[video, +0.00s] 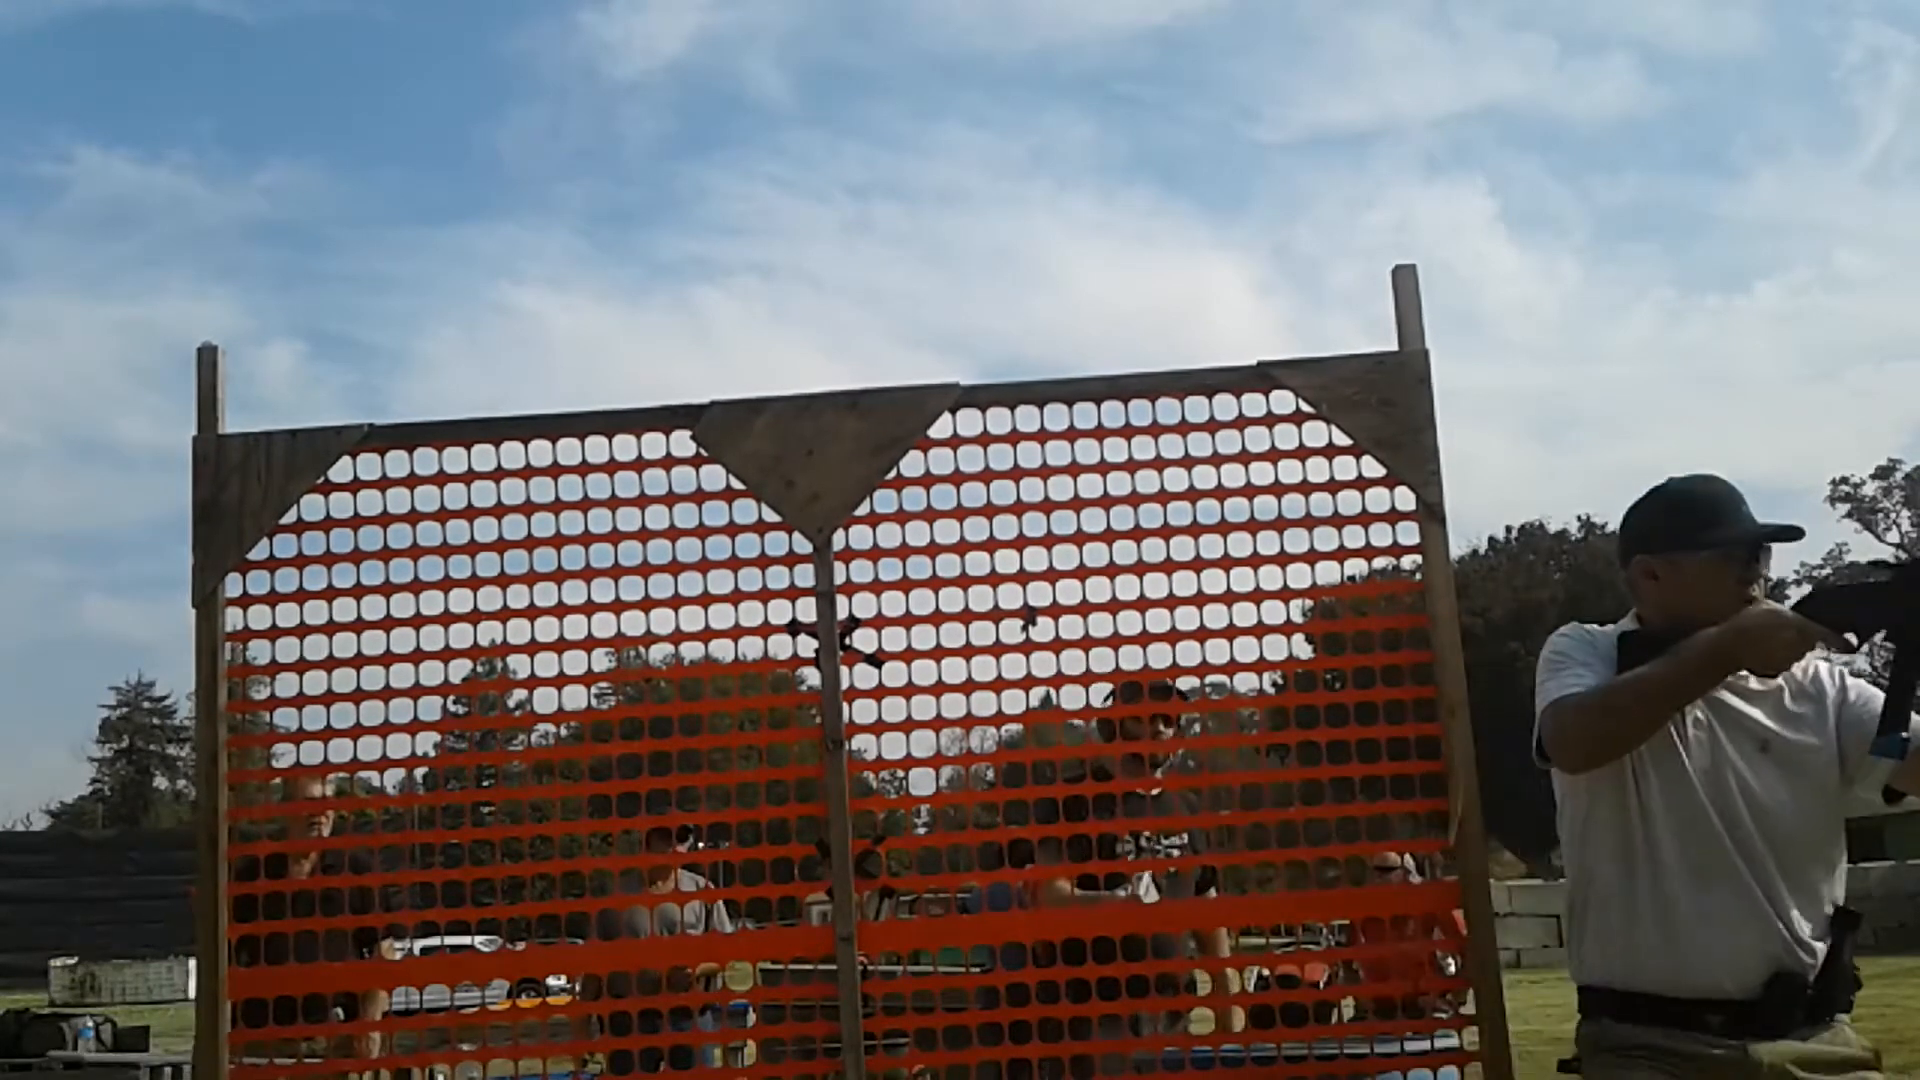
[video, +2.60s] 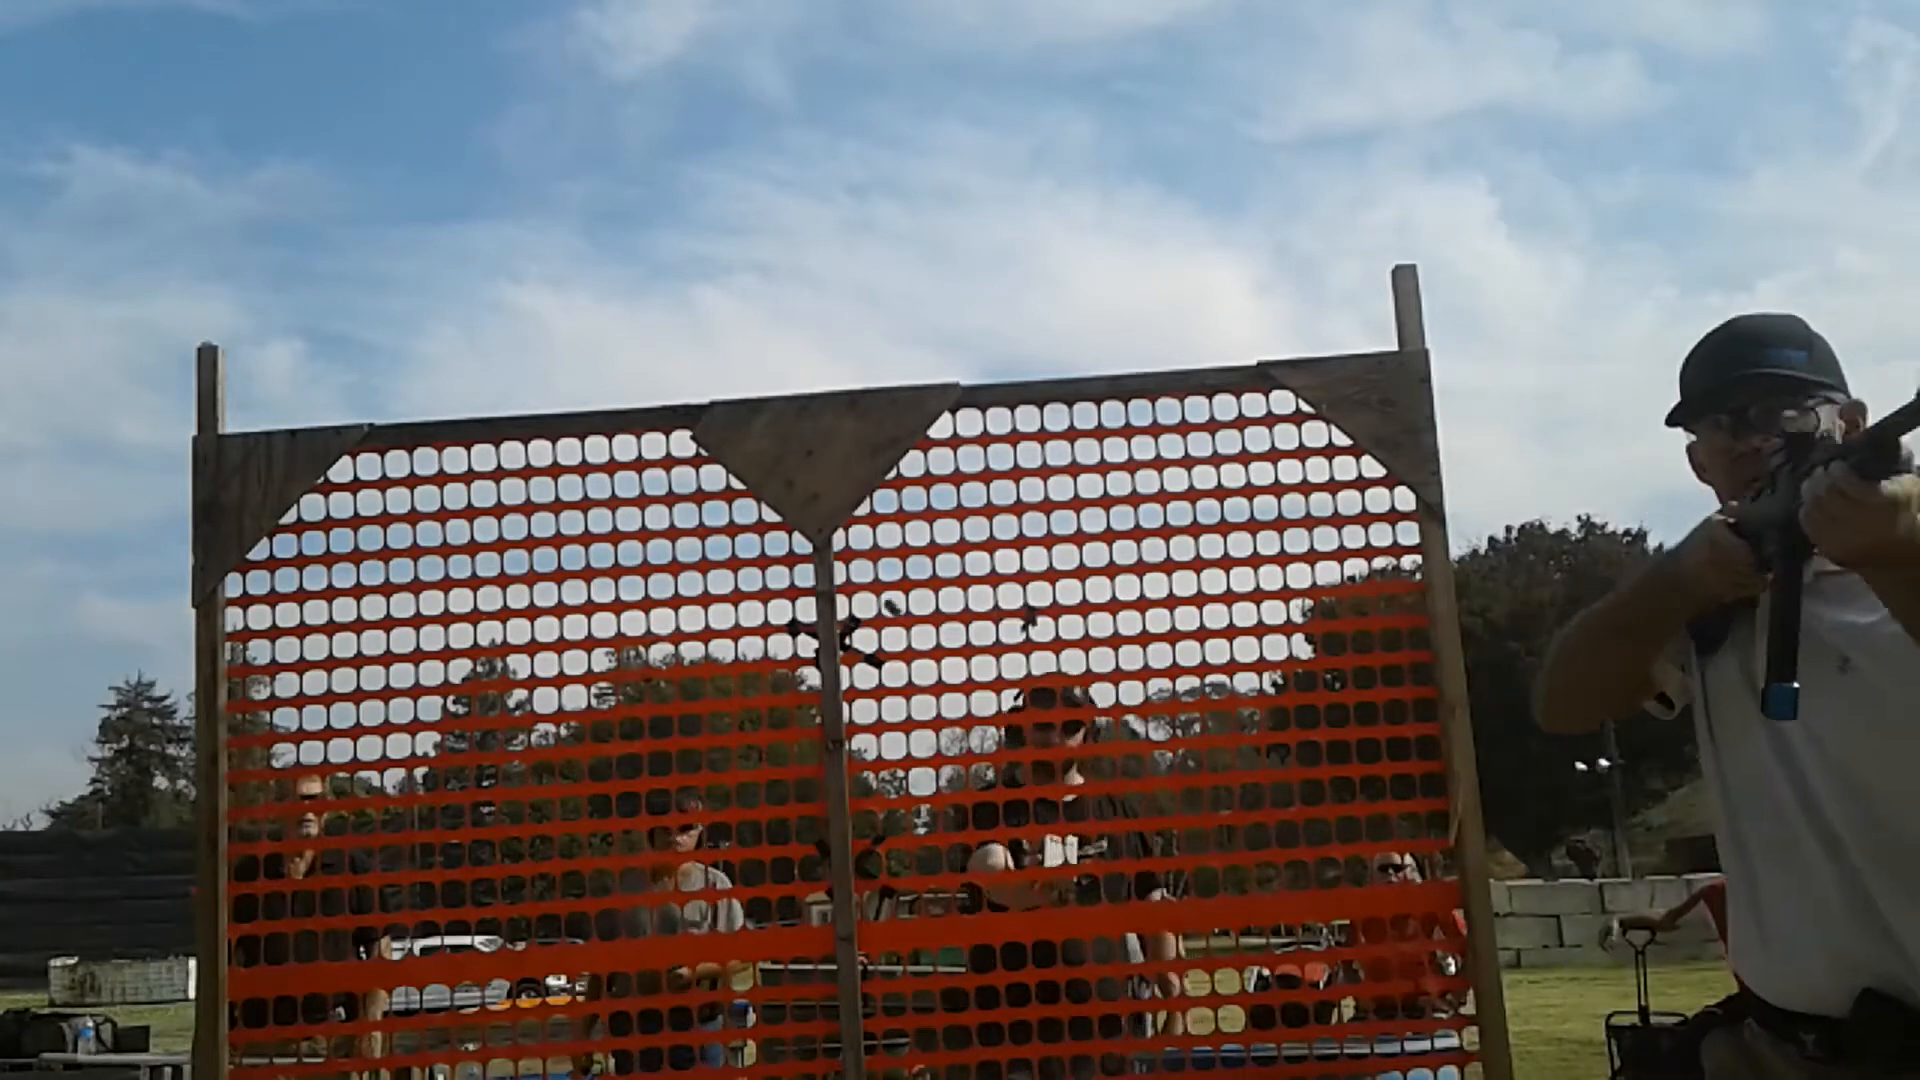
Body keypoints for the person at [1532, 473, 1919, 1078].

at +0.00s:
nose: (1763, 576)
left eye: (1761, 558)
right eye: (1740, 559)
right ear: (1651, 576)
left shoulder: (1817, 681)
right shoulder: (1581, 652)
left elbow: (1914, 767)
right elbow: (1572, 743)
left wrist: (1905, 629)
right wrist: (1729, 646)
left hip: (1812, 1043)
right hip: (1646, 1046)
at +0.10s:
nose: (1758, 567)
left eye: (1758, 548)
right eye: (1737, 547)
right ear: (1643, 562)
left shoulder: (1812, 680)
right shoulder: (1575, 633)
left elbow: (1911, 756)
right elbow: (1552, 703)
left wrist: (1905, 608)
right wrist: (1724, 617)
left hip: (1803, 1039)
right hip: (1630, 1046)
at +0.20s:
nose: (1760, 554)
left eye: (1761, 534)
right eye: (1738, 533)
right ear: (1642, 544)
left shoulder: (1809, 671)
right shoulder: (1570, 618)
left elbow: (1910, 745)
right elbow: (1544, 687)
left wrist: (1906, 587)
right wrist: (1725, 602)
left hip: (1796, 1036)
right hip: (1620, 1043)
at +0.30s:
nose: (1770, 544)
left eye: (1773, 524)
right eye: (1747, 520)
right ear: (1652, 527)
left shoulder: (1813, 660)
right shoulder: (1570, 600)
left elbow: (1912, 739)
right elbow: (1546, 670)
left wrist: (1905, 572)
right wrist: (1733, 586)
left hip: (1793, 1030)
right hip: (1615, 1038)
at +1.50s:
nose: (1773, 504)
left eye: (1791, 478)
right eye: (1745, 479)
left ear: (1816, 487)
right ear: (1678, 508)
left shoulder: (1879, 625)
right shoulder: (1643, 644)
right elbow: (1513, 665)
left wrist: (1915, 558)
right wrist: (1682, 577)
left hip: (1862, 1043)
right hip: (1684, 1044)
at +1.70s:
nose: (1805, 474)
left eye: (1824, 445)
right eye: (1775, 455)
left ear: (1860, 450)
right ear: (1723, 488)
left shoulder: (1905, 581)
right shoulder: (1722, 604)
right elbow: (1572, 658)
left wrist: (1913, 532)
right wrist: (1722, 558)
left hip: (1906, 1029)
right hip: (1773, 1034)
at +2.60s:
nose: (1760, 448)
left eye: (1785, 417)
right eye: (1727, 430)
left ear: (1850, 423)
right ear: (1699, 464)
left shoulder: (1907, 542)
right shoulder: (1711, 592)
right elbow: (1562, 705)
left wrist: (1891, 555)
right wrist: (1682, 580)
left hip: (1905, 1035)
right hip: (1766, 1039)